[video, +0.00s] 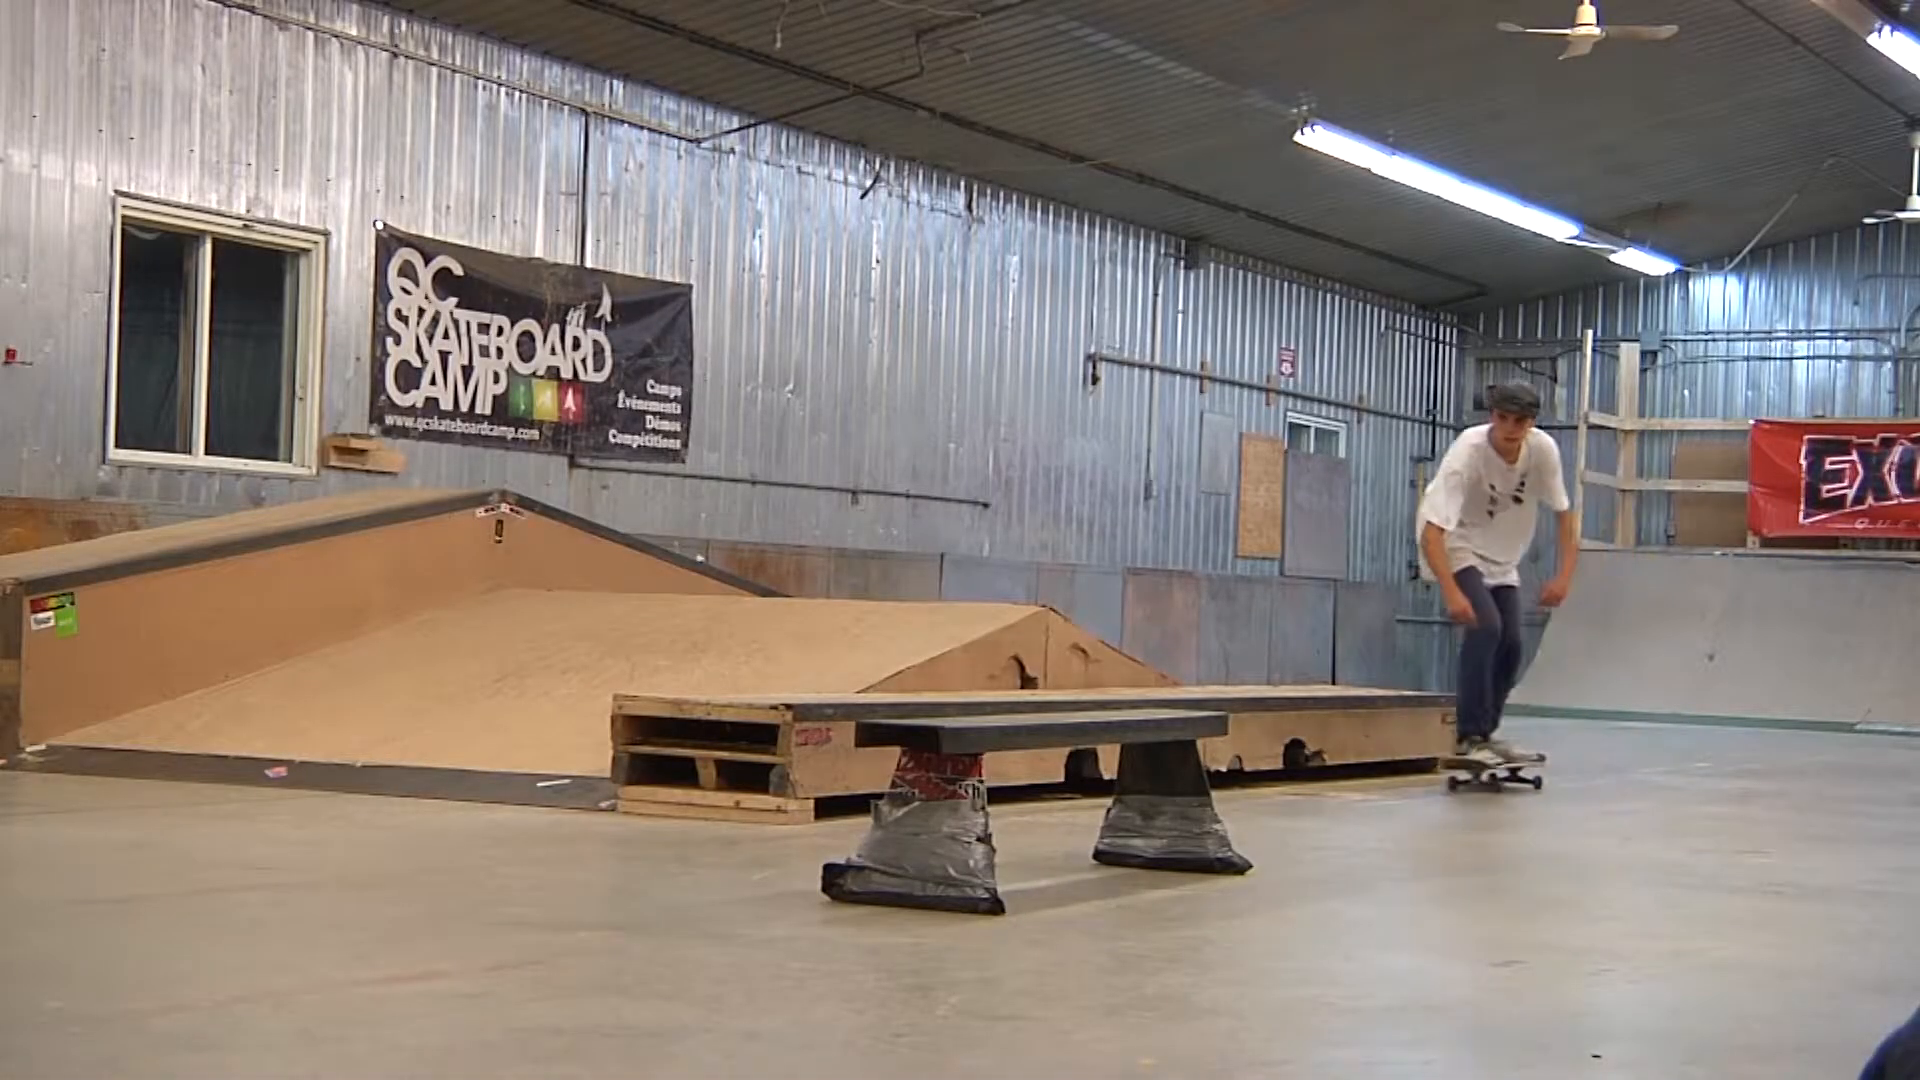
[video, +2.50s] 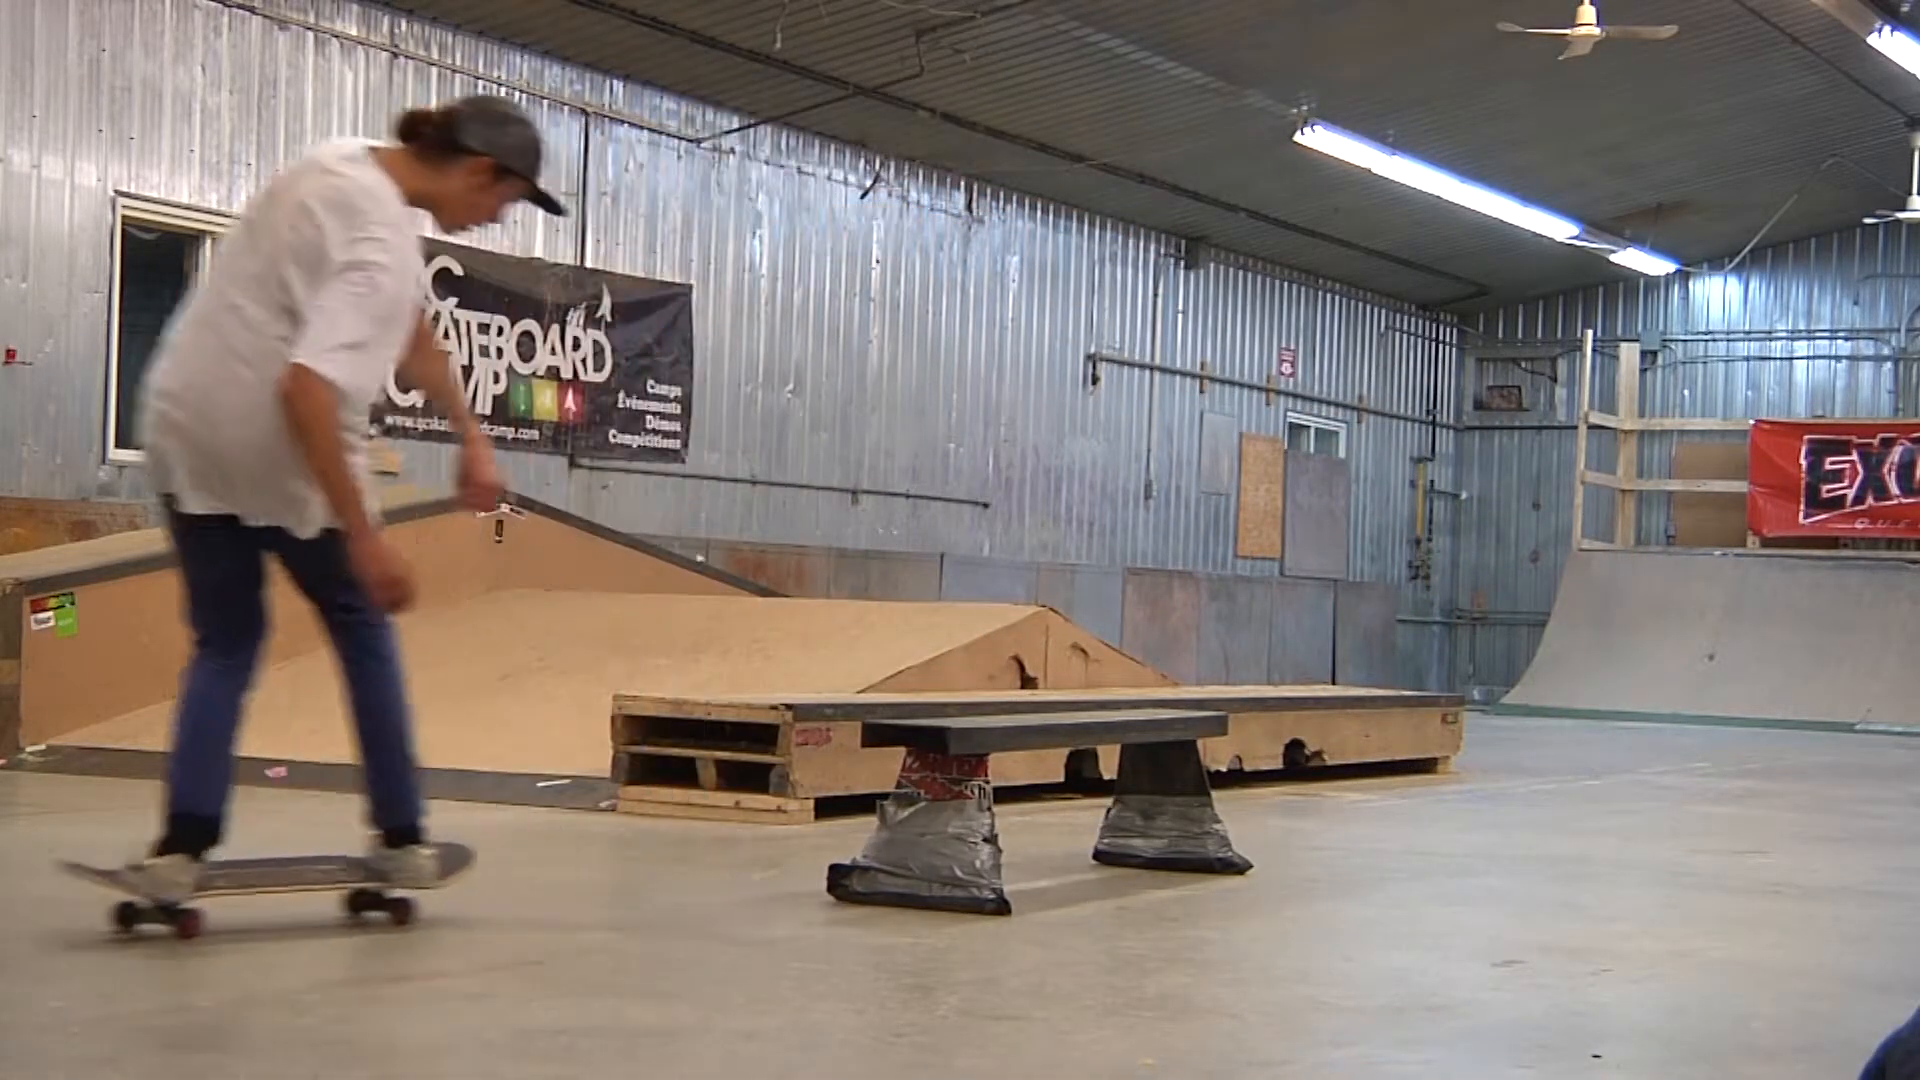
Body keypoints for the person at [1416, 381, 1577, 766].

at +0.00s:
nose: (1513, 430)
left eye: (1522, 422)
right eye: (1506, 420)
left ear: (1533, 422)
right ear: (1491, 417)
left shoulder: (1542, 448)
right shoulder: (1467, 452)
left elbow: (1564, 512)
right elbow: (1431, 529)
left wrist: (1564, 576)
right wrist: (1450, 591)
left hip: (1503, 560)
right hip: (1458, 552)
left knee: (1511, 644)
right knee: (1486, 627)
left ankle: (1484, 732)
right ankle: (1470, 737)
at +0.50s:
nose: (1417, 404)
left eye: (1429, 397)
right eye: (1411, 390)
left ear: (1438, 400)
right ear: (1395, 383)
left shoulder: (1431, 428)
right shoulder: (1348, 427)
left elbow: (1410, 506)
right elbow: (1312, 512)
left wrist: (1400, 583)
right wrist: (1328, 596)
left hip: (1361, 528)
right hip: (1312, 522)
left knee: (1366, 627)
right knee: (1343, 622)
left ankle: (1326, 740)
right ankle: (1295, 741)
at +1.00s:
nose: (1269, 509)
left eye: (1284, 501)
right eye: (1265, 492)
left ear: (1294, 504)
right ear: (1248, 480)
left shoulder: (1287, 517)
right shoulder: (1203, 514)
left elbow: (1274, 605)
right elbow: (1148, 612)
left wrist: (1276, 696)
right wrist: (1140, 710)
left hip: (1184, 553)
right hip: (1127, 544)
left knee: (1250, 661)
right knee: (1220, 644)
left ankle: (1185, 754)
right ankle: (1148, 754)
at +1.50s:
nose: (1151, 282)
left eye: (1163, 275)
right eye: (1154, 262)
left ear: (1158, 270)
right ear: (1125, 234)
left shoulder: (1095, 298)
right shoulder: (1060, 271)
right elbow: (938, 241)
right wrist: (910, 316)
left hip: (1035, 462)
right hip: (986, 446)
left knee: (1059, 613)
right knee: (1038, 590)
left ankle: (984, 758)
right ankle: (949, 755)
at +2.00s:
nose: (902, 167)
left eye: (914, 162)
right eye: (911, 148)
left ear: (884, 122)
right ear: (887, 108)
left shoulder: (817, 165)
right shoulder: (810, 106)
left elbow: (836, 205)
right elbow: (748, 72)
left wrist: (920, 220)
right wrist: (711, 36)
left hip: (674, 303)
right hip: (721, 283)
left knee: (808, 473)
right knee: (855, 450)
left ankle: (660, 609)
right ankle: (843, 637)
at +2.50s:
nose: (496, 218)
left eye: (509, 205)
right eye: (505, 198)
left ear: (446, 149)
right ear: (475, 167)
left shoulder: (328, 166)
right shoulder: (386, 241)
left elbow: (406, 326)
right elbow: (308, 386)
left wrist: (471, 433)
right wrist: (362, 534)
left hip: (183, 430)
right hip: (279, 453)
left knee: (225, 640)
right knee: (361, 626)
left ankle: (183, 845)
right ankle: (401, 838)